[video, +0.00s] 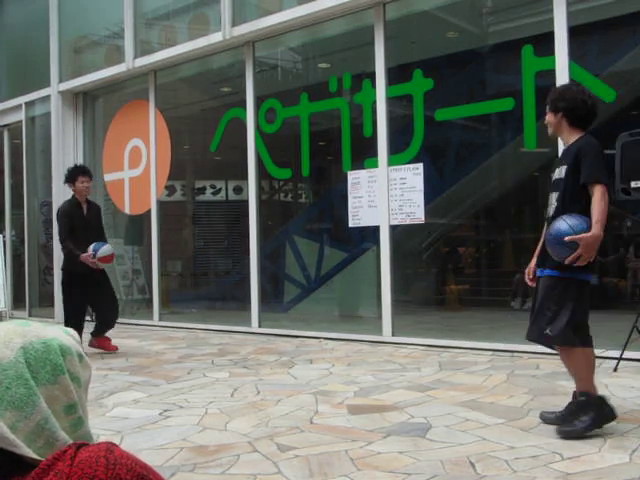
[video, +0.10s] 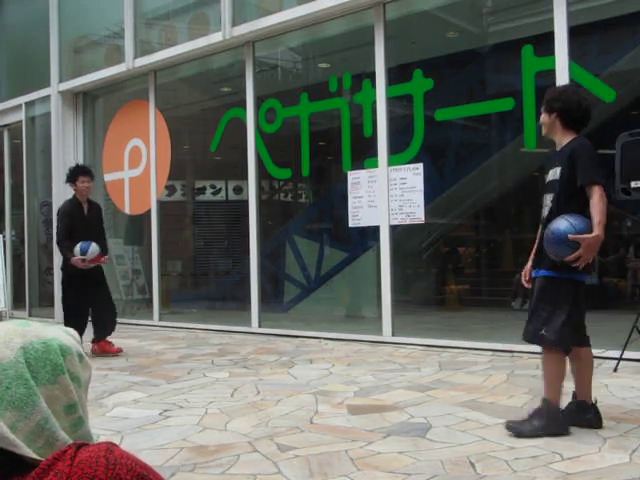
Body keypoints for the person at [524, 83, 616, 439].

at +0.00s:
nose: (545, 118)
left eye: (548, 112)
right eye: (546, 112)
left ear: (561, 115)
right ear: (568, 116)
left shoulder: (587, 147)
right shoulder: (565, 153)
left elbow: (599, 190)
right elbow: (554, 214)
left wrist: (597, 232)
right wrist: (537, 256)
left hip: (571, 259)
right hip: (554, 259)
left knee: (571, 328)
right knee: (557, 329)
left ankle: (591, 401)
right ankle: (584, 398)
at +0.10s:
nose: (540, 118)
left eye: (543, 112)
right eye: (541, 112)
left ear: (556, 116)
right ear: (563, 117)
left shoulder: (580, 148)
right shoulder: (557, 156)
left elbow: (597, 192)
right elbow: (549, 216)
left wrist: (598, 233)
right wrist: (534, 258)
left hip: (562, 261)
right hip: (558, 261)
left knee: (551, 333)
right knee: (573, 333)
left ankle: (550, 412)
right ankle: (584, 405)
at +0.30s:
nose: (522, 122)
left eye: (525, 116)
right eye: (523, 115)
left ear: (539, 119)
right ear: (547, 120)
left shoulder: (568, 151)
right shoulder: (549, 159)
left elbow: (589, 195)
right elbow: (543, 217)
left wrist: (593, 237)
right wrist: (529, 266)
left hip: (553, 262)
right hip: (545, 262)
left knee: (518, 327)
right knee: (565, 333)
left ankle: (491, 396)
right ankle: (582, 405)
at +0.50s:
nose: (503, 126)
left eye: (507, 120)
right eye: (504, 120)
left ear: (521, 124)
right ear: (529, 124)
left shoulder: (544, 158)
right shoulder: (536, 159)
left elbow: (563, 203)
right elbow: (550, 206)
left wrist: (569, 246)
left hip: (526, 268)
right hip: (538, 267)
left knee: (501, 332)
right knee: (556, 334)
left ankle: (481, 399)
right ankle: (581, 403)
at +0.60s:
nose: (494, 127)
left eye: (497, 122)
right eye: (496, 121)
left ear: (508, 127)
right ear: (526, 127)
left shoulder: (530, 159)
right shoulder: (530, 158)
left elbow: (545, 206)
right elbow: (541, 208)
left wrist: (547, 252)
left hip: (516, 265)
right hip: (533, 263)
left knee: (496, 334)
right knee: (550, 333)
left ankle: (480, 400)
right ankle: (579, 401)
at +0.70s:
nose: (483, 126)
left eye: (487, 121)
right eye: (485, 120)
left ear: (498, 126)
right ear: (514, 126)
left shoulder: (513, 160)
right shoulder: (525, 158)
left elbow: (522, 208)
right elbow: (524, 210)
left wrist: (518, 253)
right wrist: (503, 252)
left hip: (505, 264)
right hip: (527, 263)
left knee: (488, 332)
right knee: (540, 330)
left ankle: (480, 400)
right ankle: (576, 397)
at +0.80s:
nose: (473, 126)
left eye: (476, 121)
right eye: (475, 120)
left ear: (484, 126)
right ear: (508, 124)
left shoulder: (497, 162)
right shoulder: (519, 158)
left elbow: (497, 211)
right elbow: (518, 215)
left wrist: (484, 251)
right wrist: (488, 250)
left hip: (499, 264)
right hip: (521, 263)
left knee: (483, 331)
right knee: (531, 328)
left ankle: (479, 400)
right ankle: (571, 393)